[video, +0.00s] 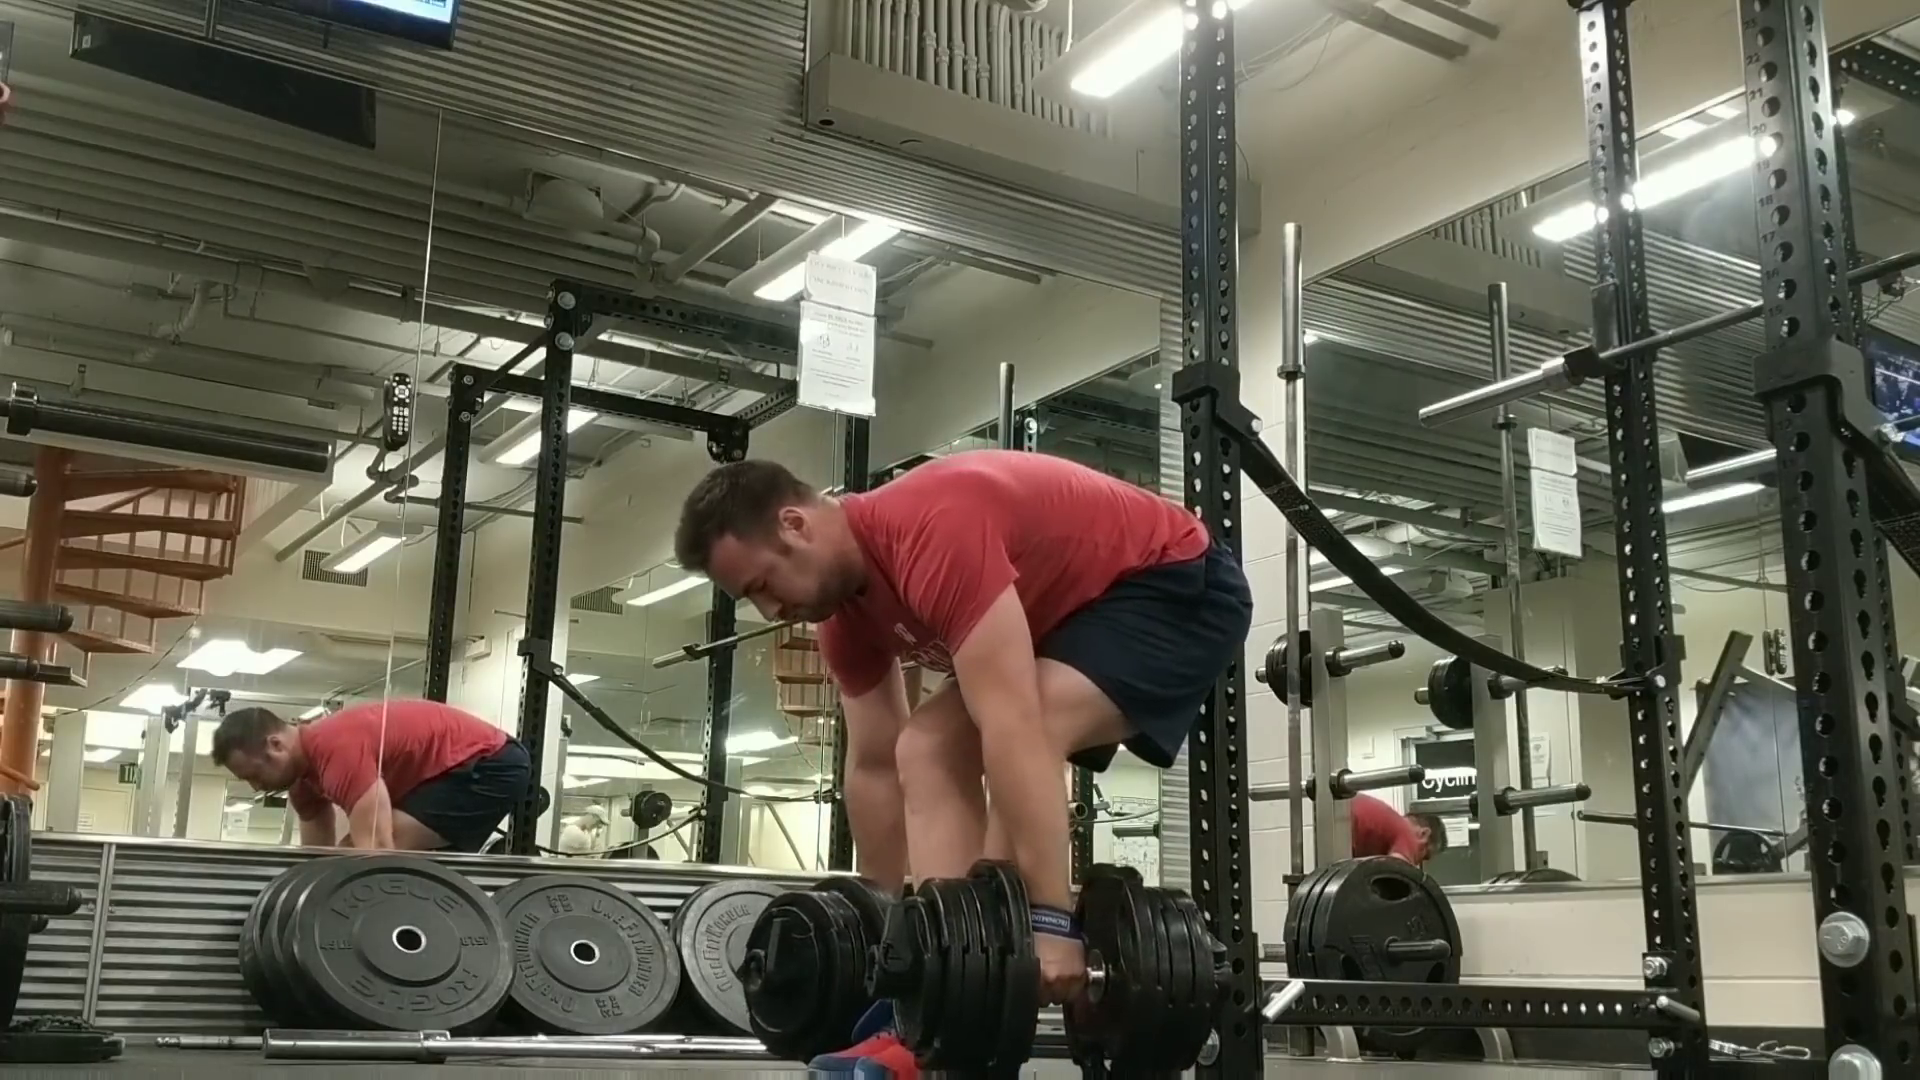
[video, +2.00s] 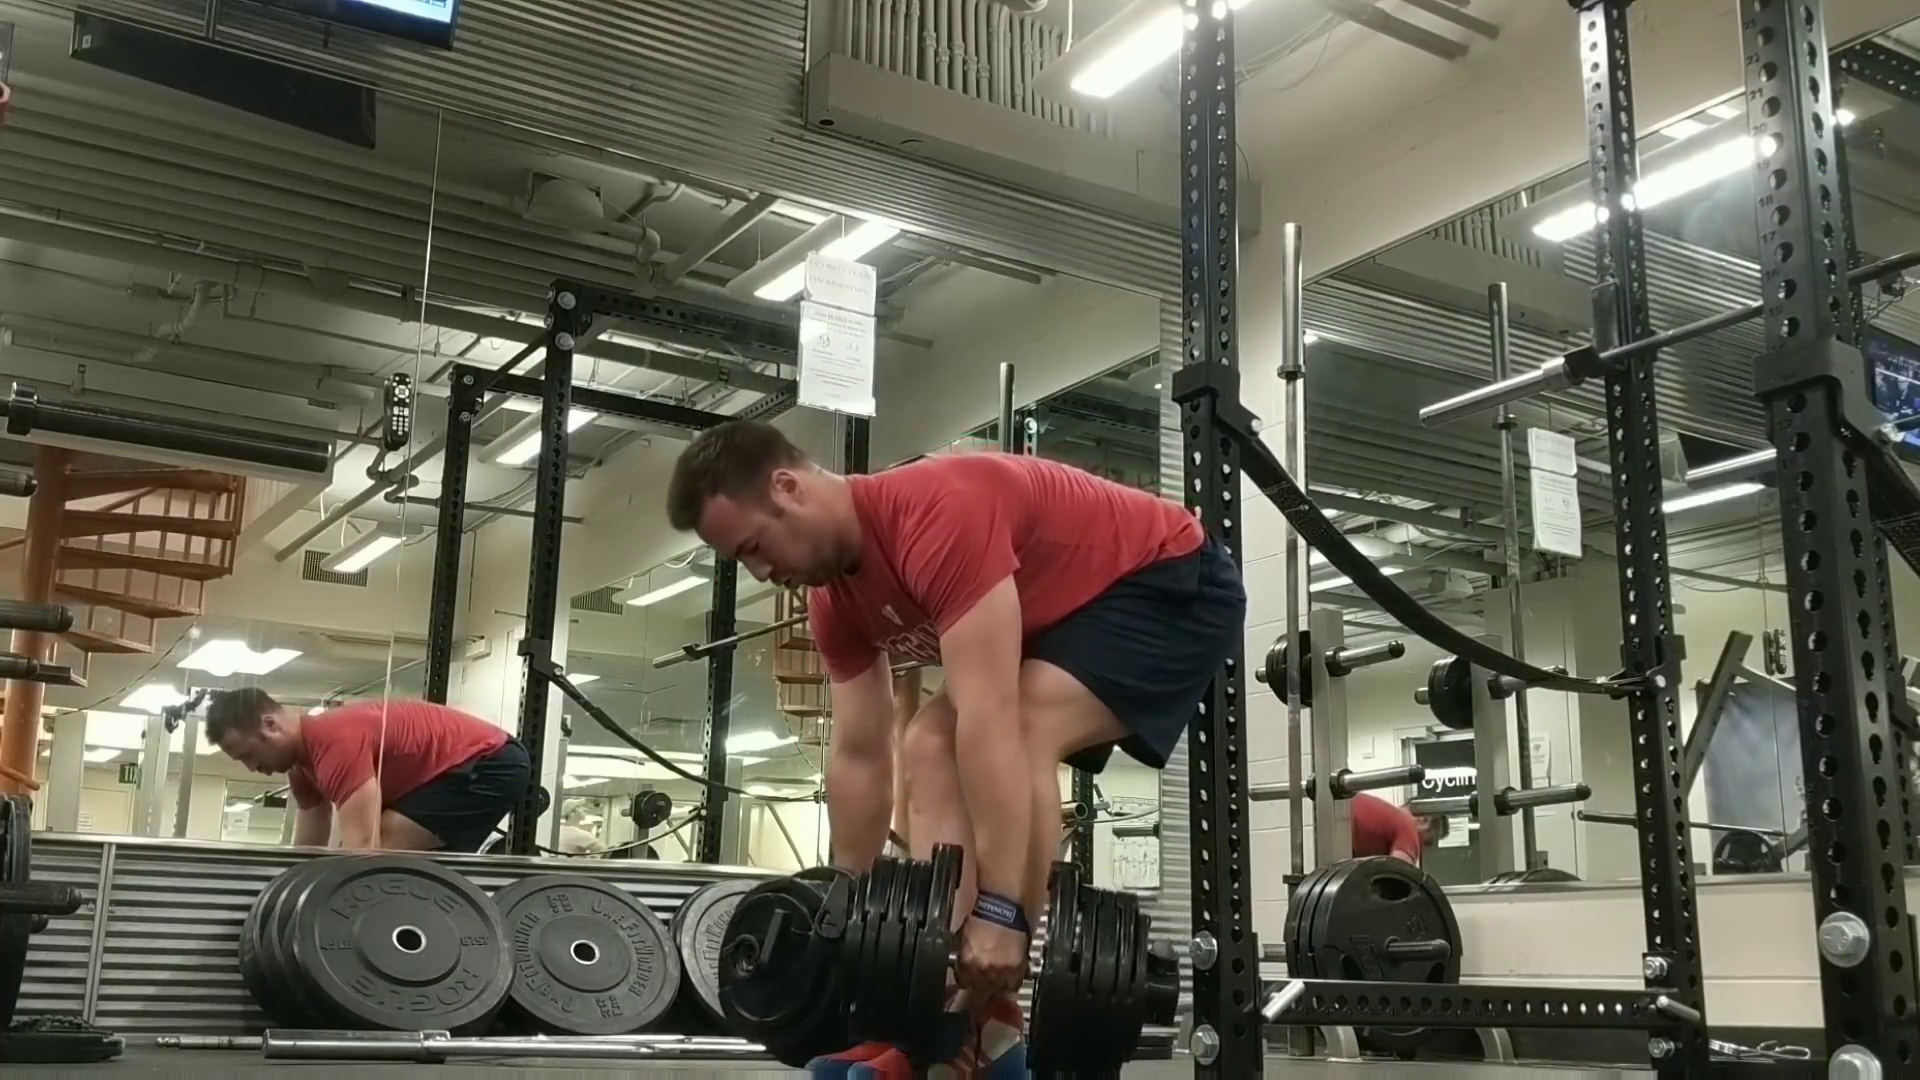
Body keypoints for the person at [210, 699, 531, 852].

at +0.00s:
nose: (256, 788)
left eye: (252, 776)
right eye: (247, 781)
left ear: (275, 746)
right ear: (275, 744)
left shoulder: (336, 748)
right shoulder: (306, 776)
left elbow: (372, 849)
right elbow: (318, 856)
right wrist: (300, 917)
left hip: (491, 766)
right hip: (461, 770)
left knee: (383, 851)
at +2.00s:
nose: (250, 769)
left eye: (247, 756)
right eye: (242, 762)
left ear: (270, 725)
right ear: (271, 726)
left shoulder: (336, 741)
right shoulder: (304, 767)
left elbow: (360, 849)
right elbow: (309, 852)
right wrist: (285, 916)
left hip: (491, 764)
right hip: (462, 768)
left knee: (381, 852)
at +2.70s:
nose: (251, 750)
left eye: (249, 737)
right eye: (243, 743)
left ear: (274, 709)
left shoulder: (336, 731)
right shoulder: (304, 758)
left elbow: (362, 843)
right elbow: (312, 846)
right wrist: (284, 913)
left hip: (490, 762)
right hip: (457, 770)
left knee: (382, 846)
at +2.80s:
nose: (253, 741)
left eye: (252, 729)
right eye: (245, 735)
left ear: (277, 700)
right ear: (275, 703)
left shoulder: (338, 724)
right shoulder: (306, 748)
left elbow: (381, 824)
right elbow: (320, 831)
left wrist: (367, 915)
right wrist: (294, 901)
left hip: (488, 762)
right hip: (453, 771)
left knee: (369, 848)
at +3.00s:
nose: (271, 723)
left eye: (269, 711)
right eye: (262, 719)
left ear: (285, 679)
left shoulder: (348, 702)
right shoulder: (314, 727)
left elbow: (406, 789)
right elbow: (340, 796)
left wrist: (381, 885)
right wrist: (313, 871)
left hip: (487, 759)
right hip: (450, 767)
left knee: (401, 863)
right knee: (363, 854)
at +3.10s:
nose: (276, 716)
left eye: (272, 705)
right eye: (267, 711)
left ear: (288, 672)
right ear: (290, 674)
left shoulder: (353, 692)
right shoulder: (319, 712)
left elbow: (422, 764)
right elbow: (354, 781)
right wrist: (338, 847)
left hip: (489, 759)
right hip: (454, 763)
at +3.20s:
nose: (287, 710)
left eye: (281, 700)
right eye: (278, 705)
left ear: (293, 666)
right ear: (294, 668)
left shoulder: (362, 682)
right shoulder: (327, 703)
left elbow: (435, 747)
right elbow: (364, 763)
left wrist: (421, 835)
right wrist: (359, 825)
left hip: (491, 759)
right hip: (454, 762)